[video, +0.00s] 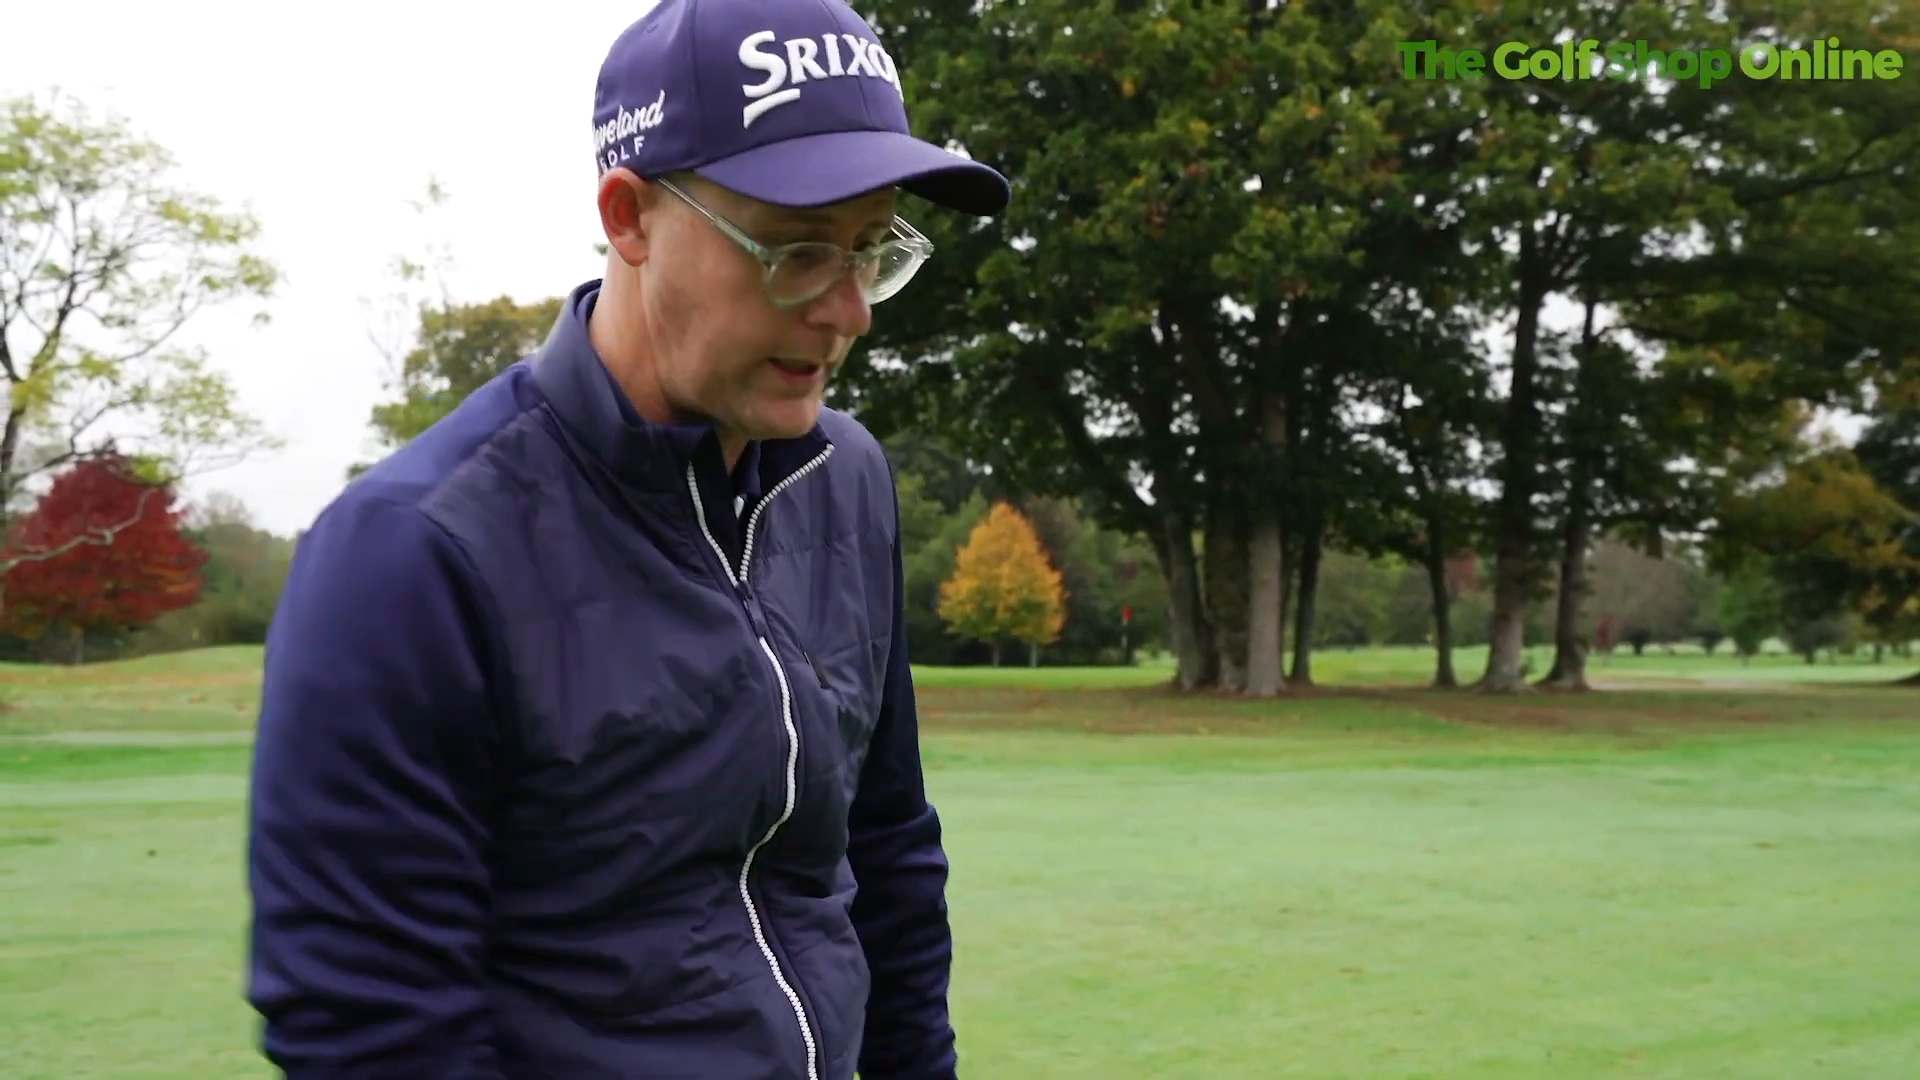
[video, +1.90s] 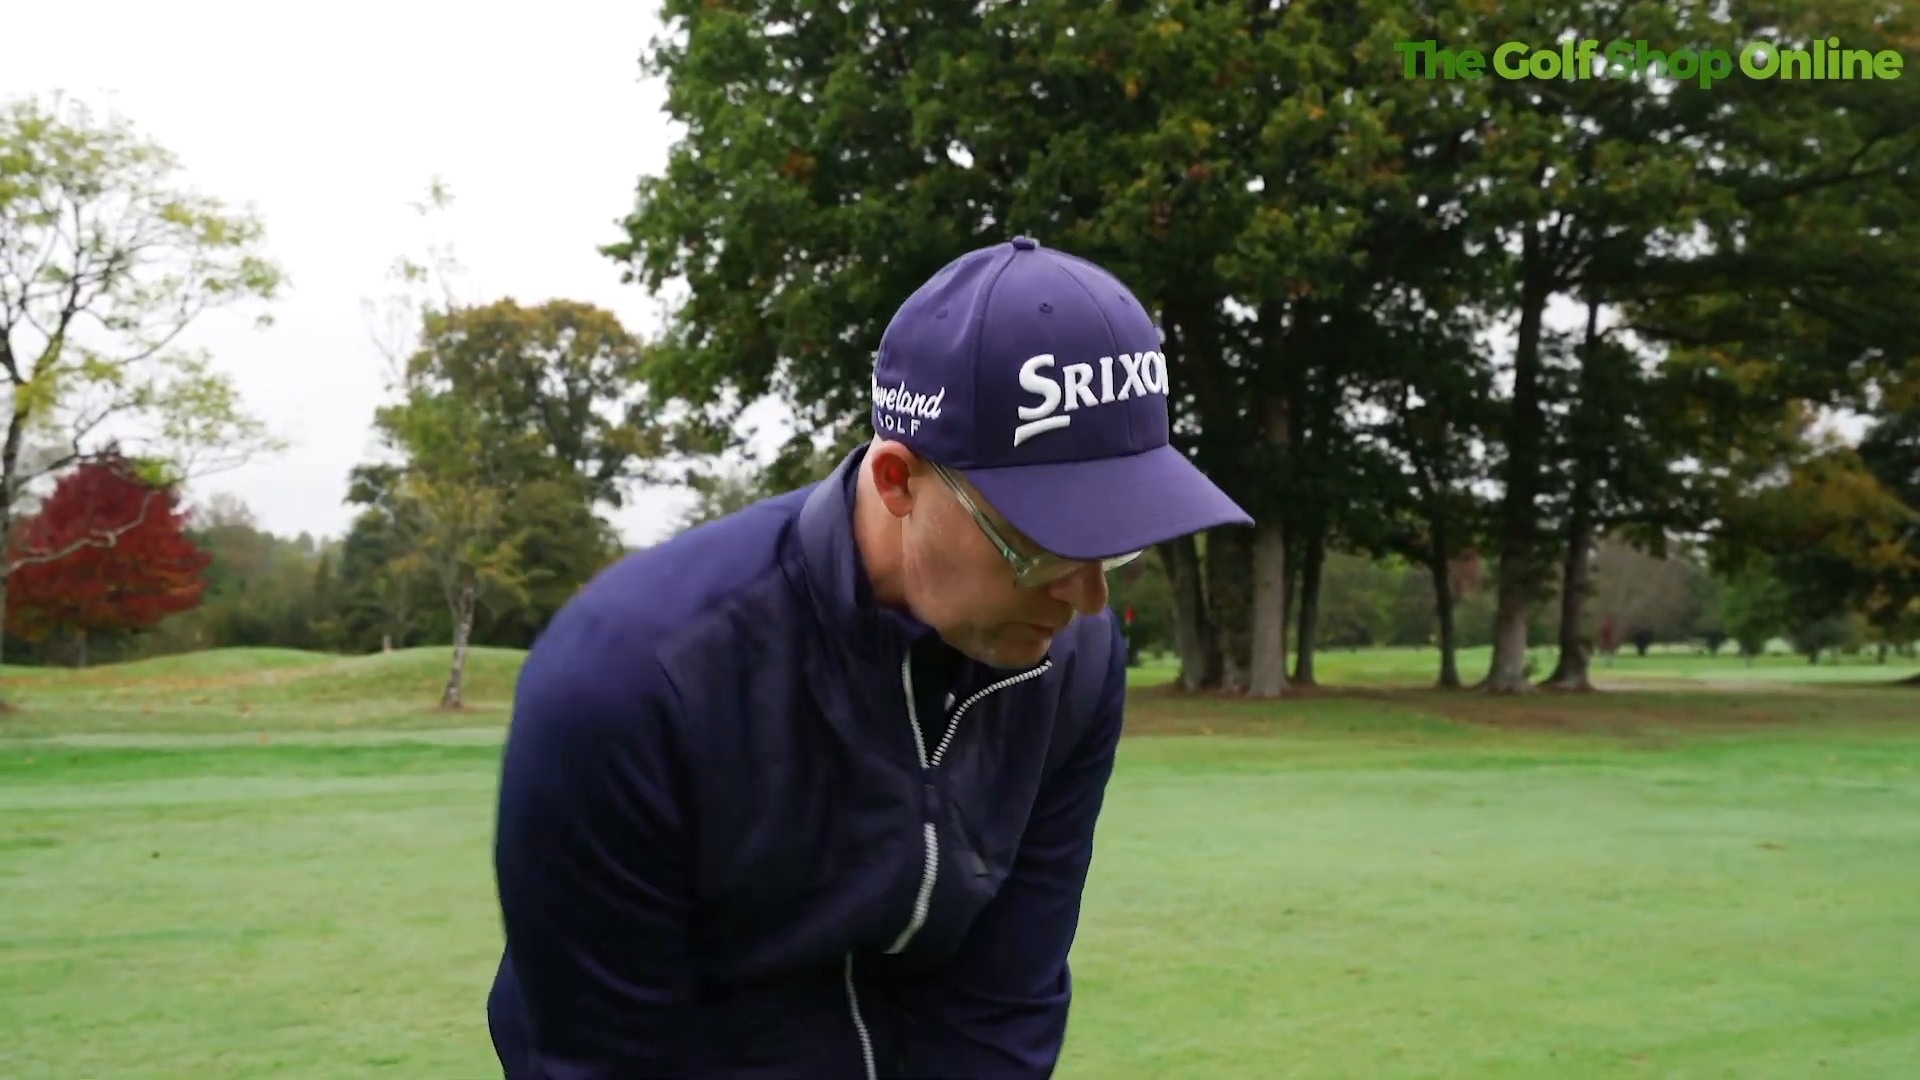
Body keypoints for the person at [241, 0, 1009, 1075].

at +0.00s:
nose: (849, 310)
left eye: (869, 248)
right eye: (793, 249)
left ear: (891, 224)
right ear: (629, 219)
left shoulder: (849, 484)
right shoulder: (410, 553)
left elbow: (887, 853)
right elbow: (366, 1024)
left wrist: (913, 1064)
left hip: (828, 1053)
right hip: (572, 1058)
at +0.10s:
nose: (869, 333)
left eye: (891, 266)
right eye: (809, 268)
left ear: (911, 248)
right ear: (647, 242)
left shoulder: (850, 481)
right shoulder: (444, 576)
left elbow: (897, 867)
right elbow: (471, 1050)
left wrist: (921, 1066)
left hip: (825, 1050)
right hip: (615, 1059)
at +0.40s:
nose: (957, 391)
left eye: (979, 331)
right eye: (906, 332)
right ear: (752, 297)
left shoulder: (932, 520)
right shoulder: (553, 610)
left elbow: (924, 902)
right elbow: (601, 1050)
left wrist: (924, 1065)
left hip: (841, 1040)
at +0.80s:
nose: (1061, 474)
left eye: (1085, 422)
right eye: (1018, 422)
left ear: (1107, 391)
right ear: (884, 368)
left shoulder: (1040, 579)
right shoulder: (653, 630)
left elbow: (970, 930)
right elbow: (724, 1031)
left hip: (854, 1029)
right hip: (608, 1048)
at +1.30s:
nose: (1031, 551)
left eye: (1062, 498)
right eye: (987, 494)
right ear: (848, 434)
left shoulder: (1039, 622)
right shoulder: (594, 677)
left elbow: (959, 990)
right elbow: (640, 1042)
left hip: (849, 1037)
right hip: (580, 1047)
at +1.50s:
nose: (1046, 557)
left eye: (1076, 504)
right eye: (1004, 500)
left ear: (1108, 473)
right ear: (863, 437)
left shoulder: (1064, 668)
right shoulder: (573, 602)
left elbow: (930, 1034)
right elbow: (520, 1024)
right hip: (615, 1056)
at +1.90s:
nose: (1088, 597)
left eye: (1107, 545)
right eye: (1042, 548)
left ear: (1136, 487)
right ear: (897, 482)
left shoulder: (1078, 654)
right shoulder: (628, 679)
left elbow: (1005, 1019)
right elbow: (592, 1042)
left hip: (914, 1042)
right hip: (675, 1042)